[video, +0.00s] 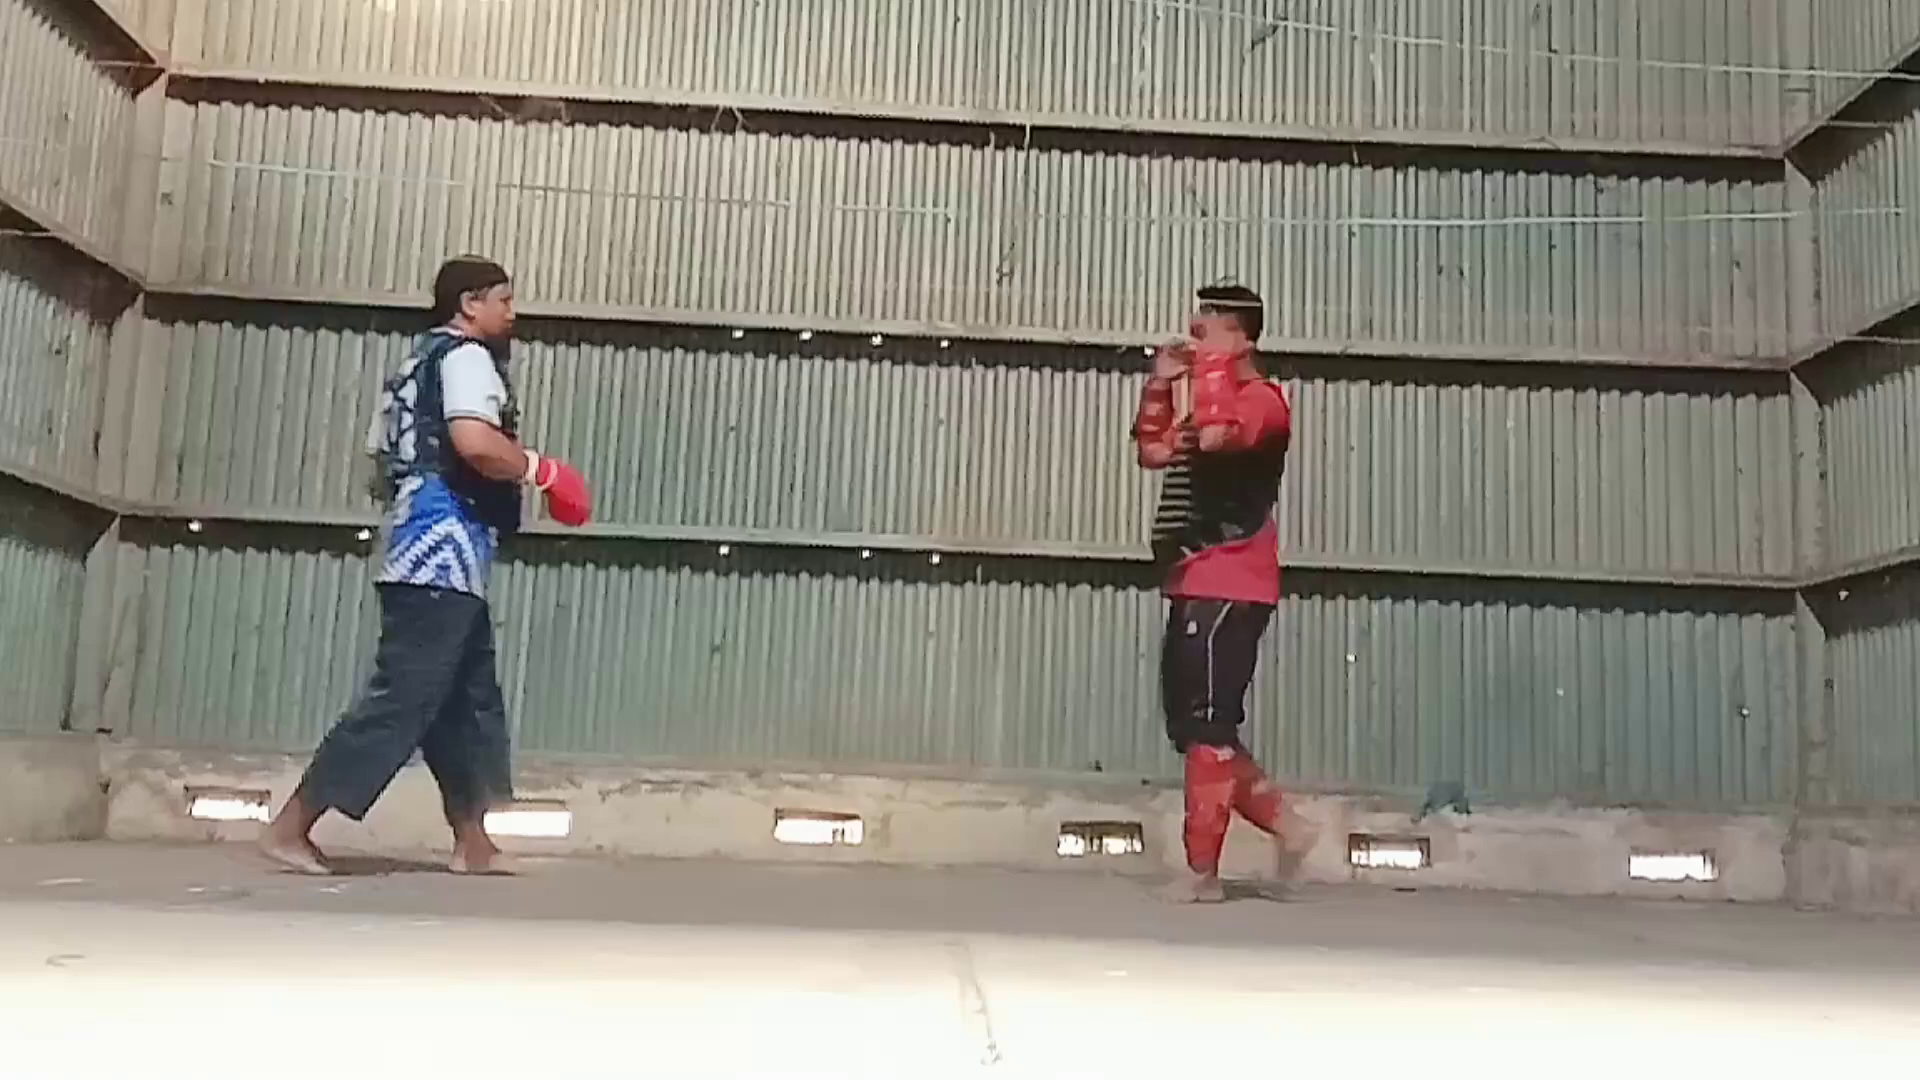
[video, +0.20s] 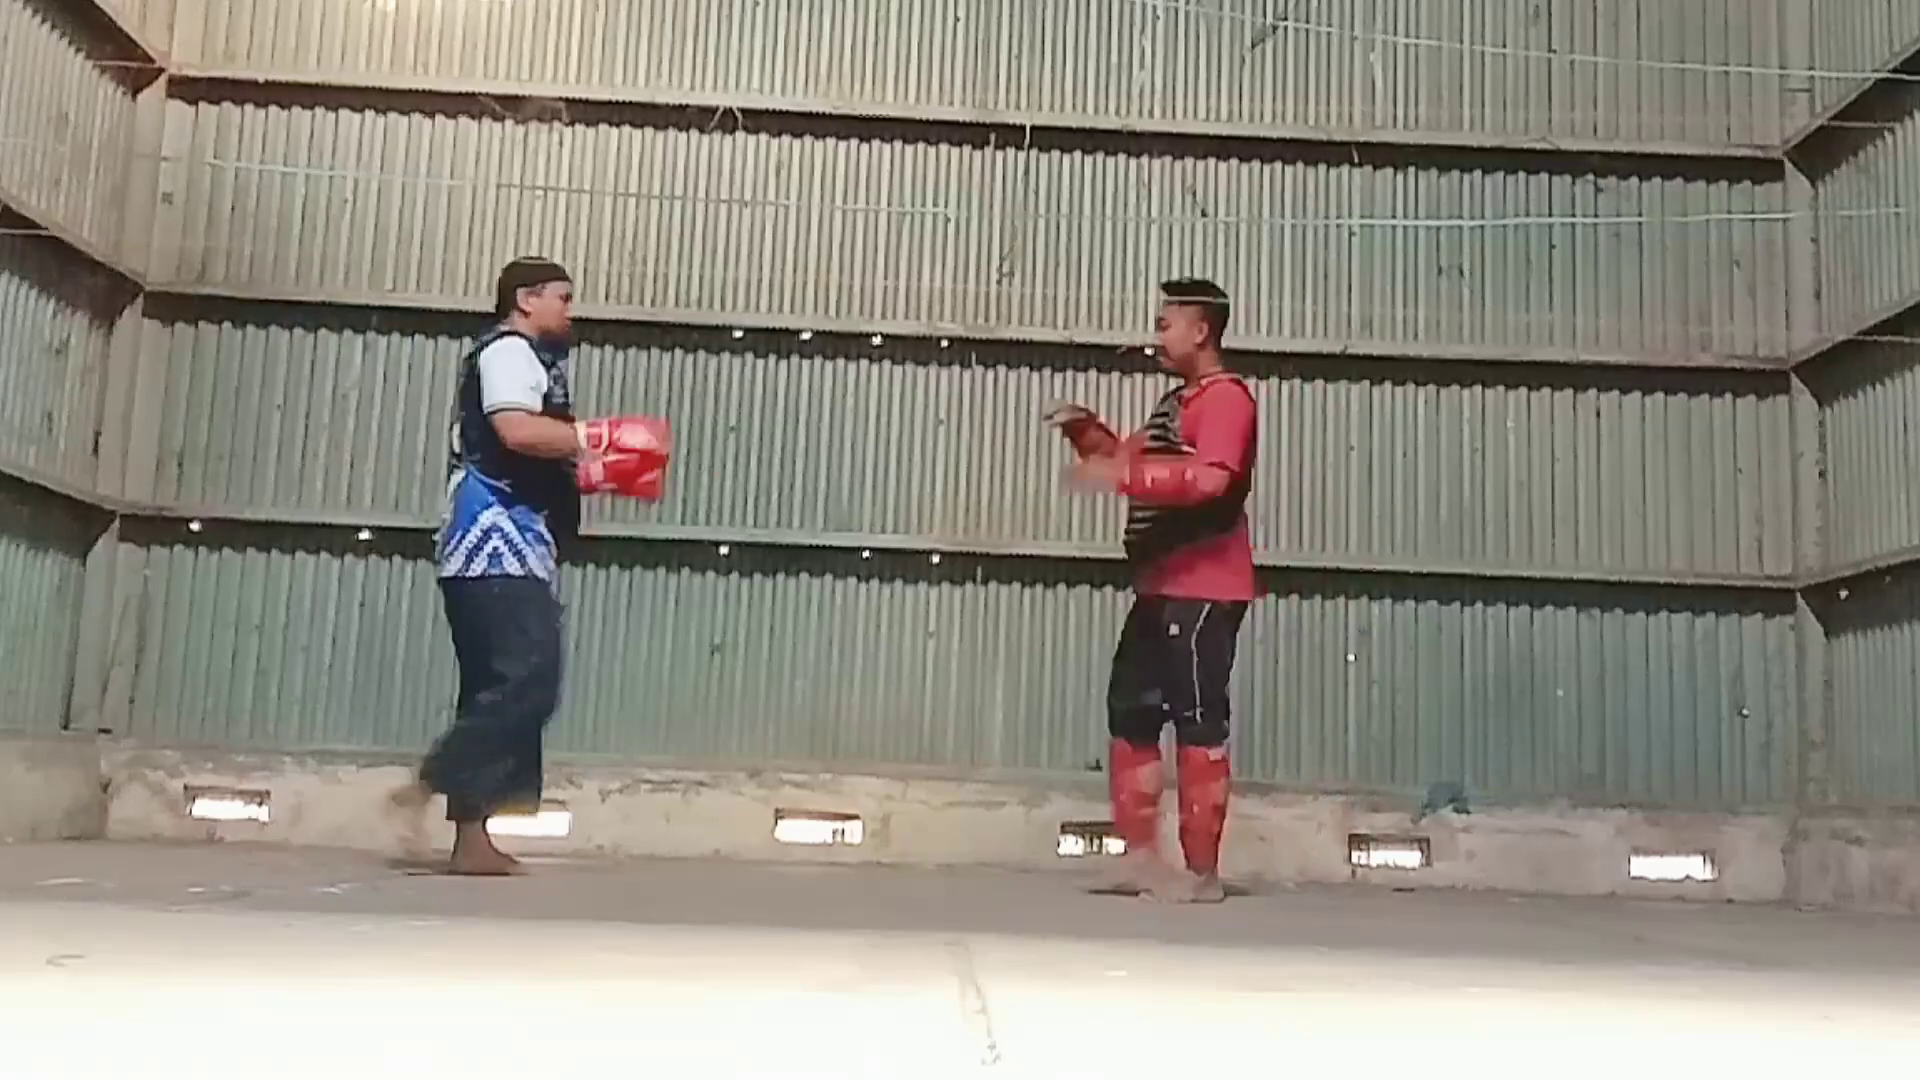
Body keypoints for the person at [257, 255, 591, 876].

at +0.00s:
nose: (514, 311)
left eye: (512, 300)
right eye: (505, 301)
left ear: (460, 309)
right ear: (470, 307)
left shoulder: (420, 363)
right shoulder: (467, 356)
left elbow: (389, 461)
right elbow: (474, 441)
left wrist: (488, 475)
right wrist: (543, 470)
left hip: (429, 561)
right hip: (439, 563)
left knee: (462, 703)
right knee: (403, 700)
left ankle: (473, 845)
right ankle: (289, 827)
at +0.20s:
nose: (572, 309)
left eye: (571, 299)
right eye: (563, 298)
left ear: (531, 304)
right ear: (526, 302)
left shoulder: (534, 361)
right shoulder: (509, 351)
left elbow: (534, 456)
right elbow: (516, 429)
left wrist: (604, 469)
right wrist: (599, 438)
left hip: (506, 541)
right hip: (499, 542)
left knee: (492, 686)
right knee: (529, 680)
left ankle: (473, 836)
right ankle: (425, 787)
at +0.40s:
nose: (613, 318)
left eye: (615, 309)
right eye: (605, 306)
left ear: (579, 311)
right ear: (566, 306)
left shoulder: (583, 376)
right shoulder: (542, 362)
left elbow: (601, 465)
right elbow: (558, 432)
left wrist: (675, 448)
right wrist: (643, 412)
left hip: (548, 551)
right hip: (541, 552)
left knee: (519, 693)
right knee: (585, 682)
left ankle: (473, 843)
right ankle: (586, 843)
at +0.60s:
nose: (665, 330)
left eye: (665, 319)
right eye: (655, 318)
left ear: (630, 322)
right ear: (618, 319)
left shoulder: (632, 386)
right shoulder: (597, 376)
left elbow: (685, 449)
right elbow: (644, 428)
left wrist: (750, 422)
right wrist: (723, 403)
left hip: (614, 564)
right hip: (606, 568)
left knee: (563, 702)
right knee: (644, 705)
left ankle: (480, 830)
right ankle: (681, 851)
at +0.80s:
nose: (723, 320)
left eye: (723, 309)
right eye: (714, 309)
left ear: (678, 313)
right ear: (680, 308)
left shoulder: (661, 365)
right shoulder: (672, 359)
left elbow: (697, 449)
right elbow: (766, 394)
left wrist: (776, 457)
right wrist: (838, 385)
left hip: (643, 557)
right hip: (666, 561)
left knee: (634, 696)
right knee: (679, 698)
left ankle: (530, 800)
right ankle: (686, 855)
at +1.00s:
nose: (755, 322)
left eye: (756, 312)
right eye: (750, 310)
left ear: (708, 310)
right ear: (717, 307)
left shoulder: (671, 357)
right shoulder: (715, 354)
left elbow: (693, 460)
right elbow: (803, 381)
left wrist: (740, 537)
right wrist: (873, 388)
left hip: (654, 559)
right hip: (691, 562)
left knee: (645, 692)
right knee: (695, 700)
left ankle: (587, 823)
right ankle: (686, 854)